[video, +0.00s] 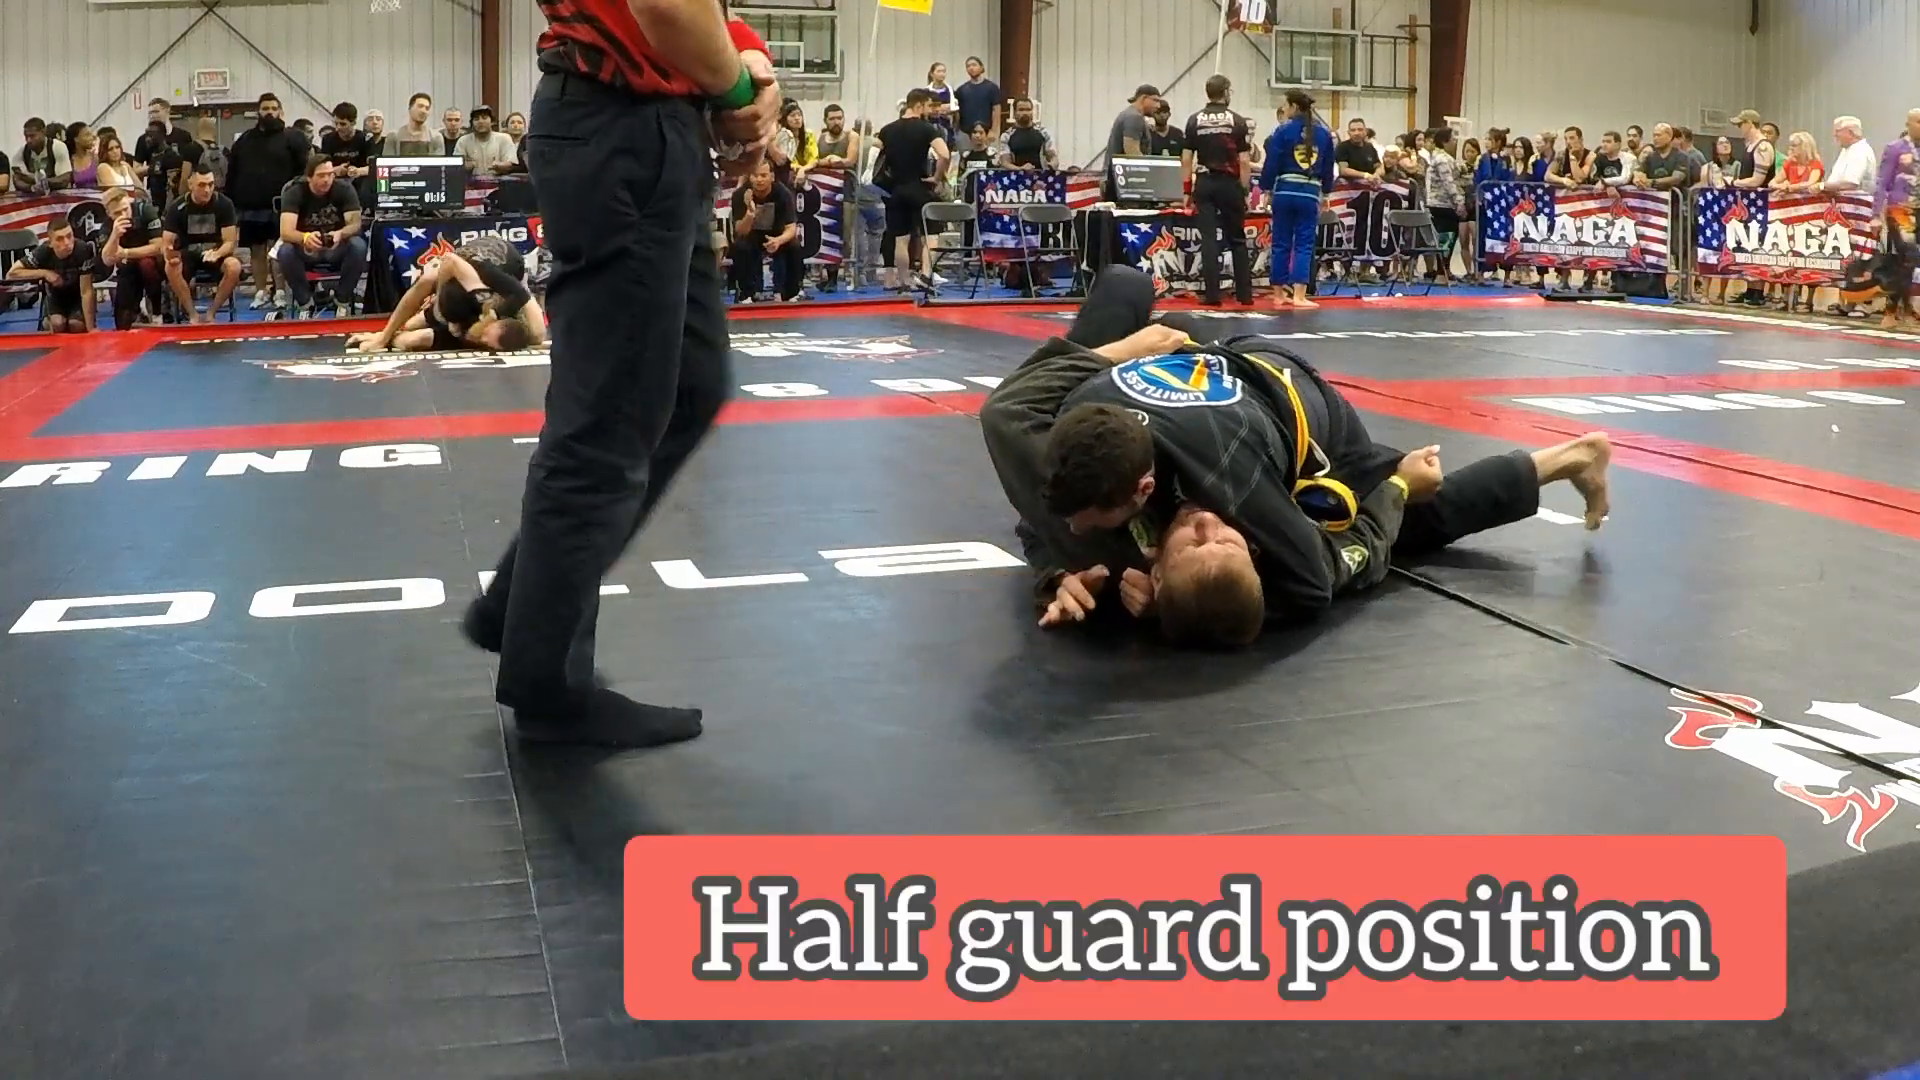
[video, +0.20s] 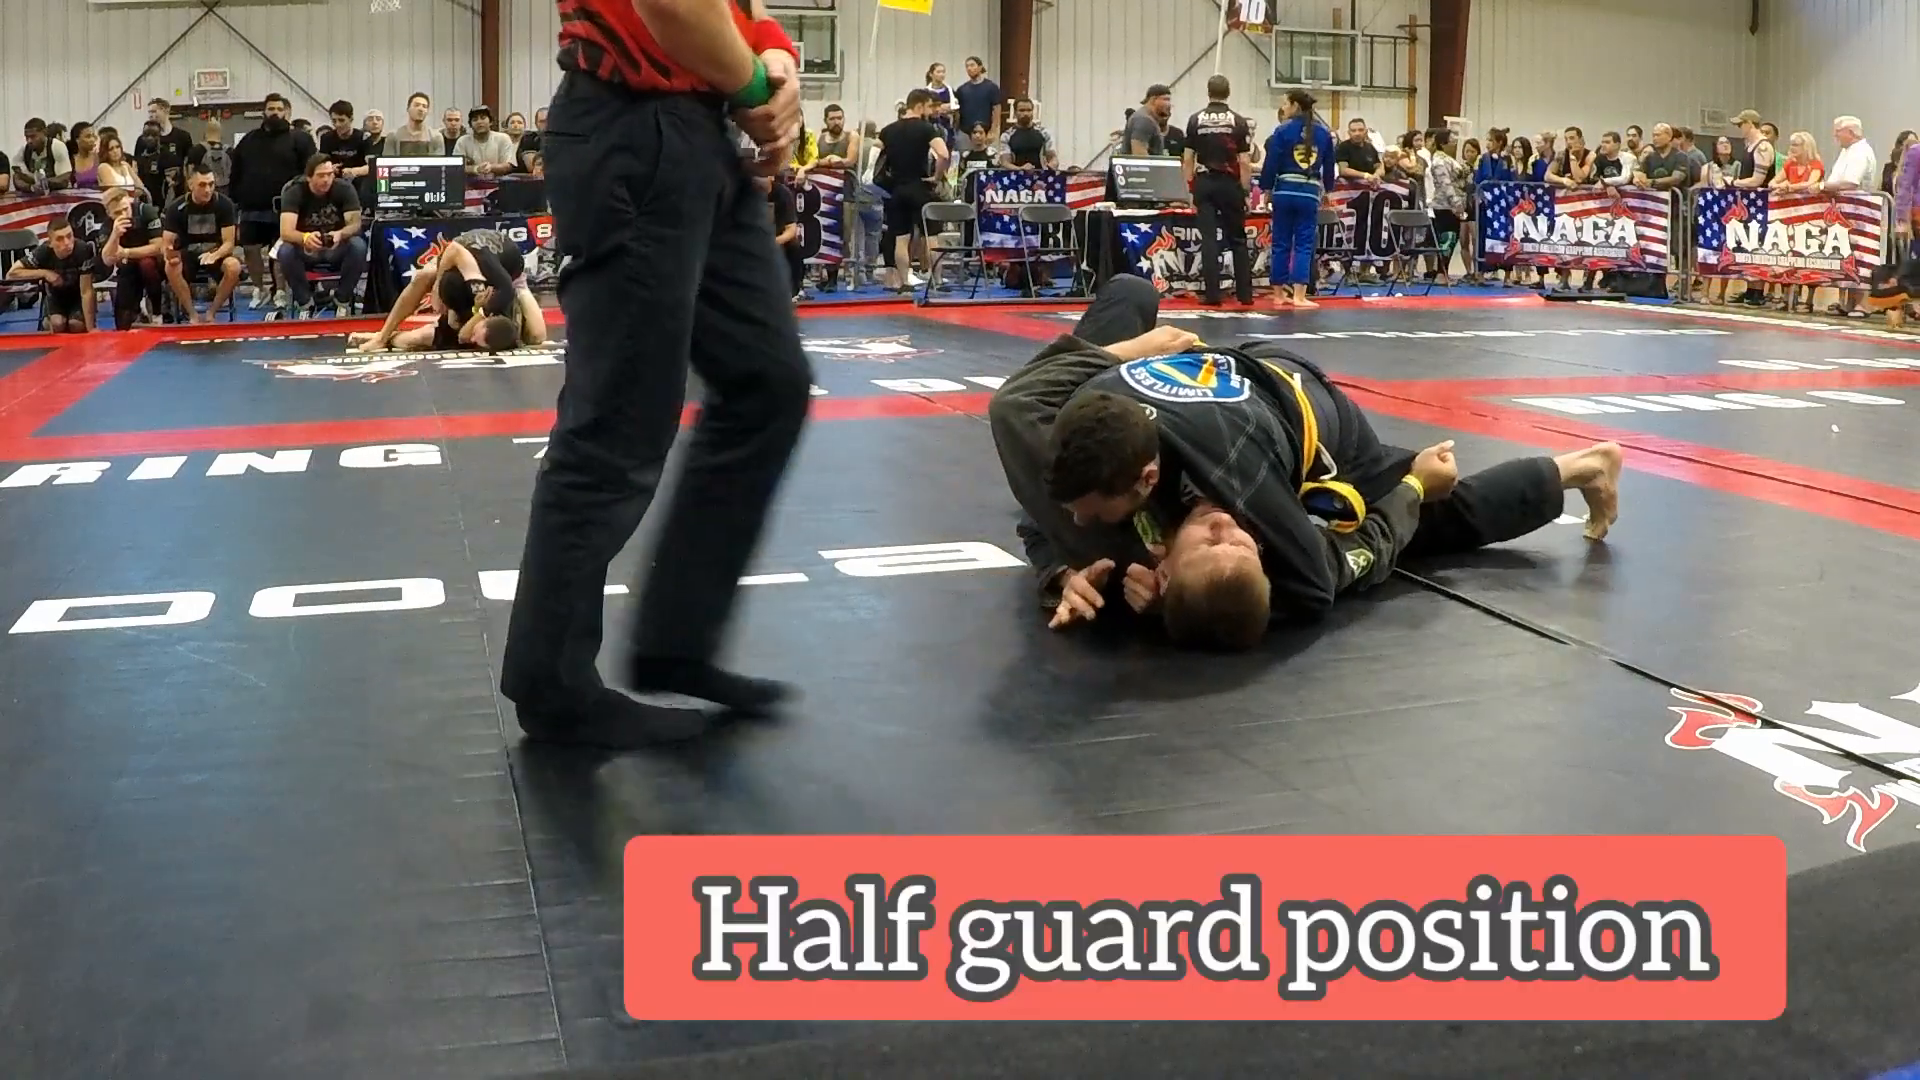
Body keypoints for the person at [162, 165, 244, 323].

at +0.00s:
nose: (207, 190)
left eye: (210, 185)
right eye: (201, 185)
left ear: (214, 184)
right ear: (190, 185)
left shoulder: (224, 204)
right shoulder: (177, 207)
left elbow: (230, 241)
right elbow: (167, 242)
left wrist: (217, 253)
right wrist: (171, 256)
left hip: (215, 252)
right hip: (187, 253)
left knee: (234, 266)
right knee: (172, 268)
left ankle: (211, 313)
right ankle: (193, 315)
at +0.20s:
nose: (207, 190)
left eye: (210, 185)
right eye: (202, 185)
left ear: (214, 184)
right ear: (190, 185)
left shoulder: (223, 204)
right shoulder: (176, 208)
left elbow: (229, 242)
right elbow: (167, 242)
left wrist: (215, 255)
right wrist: (171, 257)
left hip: (215, 252)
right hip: (187, 254)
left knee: (233, 266)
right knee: (171, 268)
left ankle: (211, 312)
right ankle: (193, 315)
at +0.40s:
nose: (207, 190)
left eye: (211, 184)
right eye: (202, 185)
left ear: (215, 184)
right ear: (190, 184)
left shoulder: (224, 204)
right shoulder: (176, 207)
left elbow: (229, 243)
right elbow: (167, 243)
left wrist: (214, 256)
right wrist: (172, 256)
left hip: (215, 253)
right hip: (187, 255)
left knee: (234, 266)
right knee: (172, 268)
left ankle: (211, 313)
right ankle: (193, 315)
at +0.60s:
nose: (208, 190)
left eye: (211, 184)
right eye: (202, 185)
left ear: (215, 183)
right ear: (191, 184)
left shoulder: (224, 205)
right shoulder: (177, 207)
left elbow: (229, 243)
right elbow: (167, 242)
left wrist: (214, 255)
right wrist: (171, 257)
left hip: (215, 254)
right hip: (187, 255)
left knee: (234, 266)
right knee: (171, 268)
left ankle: (211, 314)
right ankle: (193, 315)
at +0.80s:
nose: (208, 190)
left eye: (211, 185)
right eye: (202, 185)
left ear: (215, 184)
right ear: (191, 185)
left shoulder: (224, 205)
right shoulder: (177, 208)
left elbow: (229, 243)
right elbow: (167, 243)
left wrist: (214, 256)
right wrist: (171, 256)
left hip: (215, 254)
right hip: (187, 255)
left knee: (234, 266)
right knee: (171, 268)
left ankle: (211, 314)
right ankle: (193, 315)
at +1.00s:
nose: (208, 190)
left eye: (211, 185)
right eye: (202, 185)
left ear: (215, 184)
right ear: (190, 185)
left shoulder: (225, 204)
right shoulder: (178, 207)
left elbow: (230, 242)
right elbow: (167, 242)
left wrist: (214, 255)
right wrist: (171, 256)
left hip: (215, 253)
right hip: (188, 255)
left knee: (234, 266)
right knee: (171, 268)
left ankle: (211, 313)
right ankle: (193, 315)